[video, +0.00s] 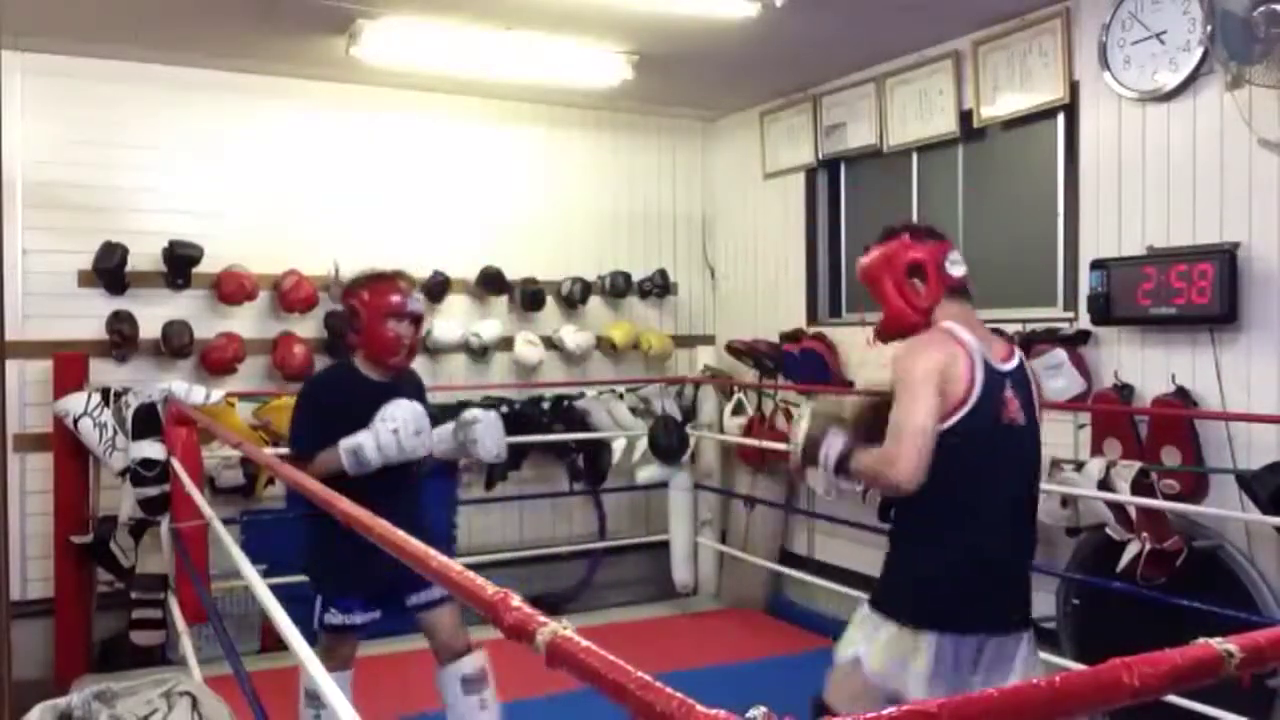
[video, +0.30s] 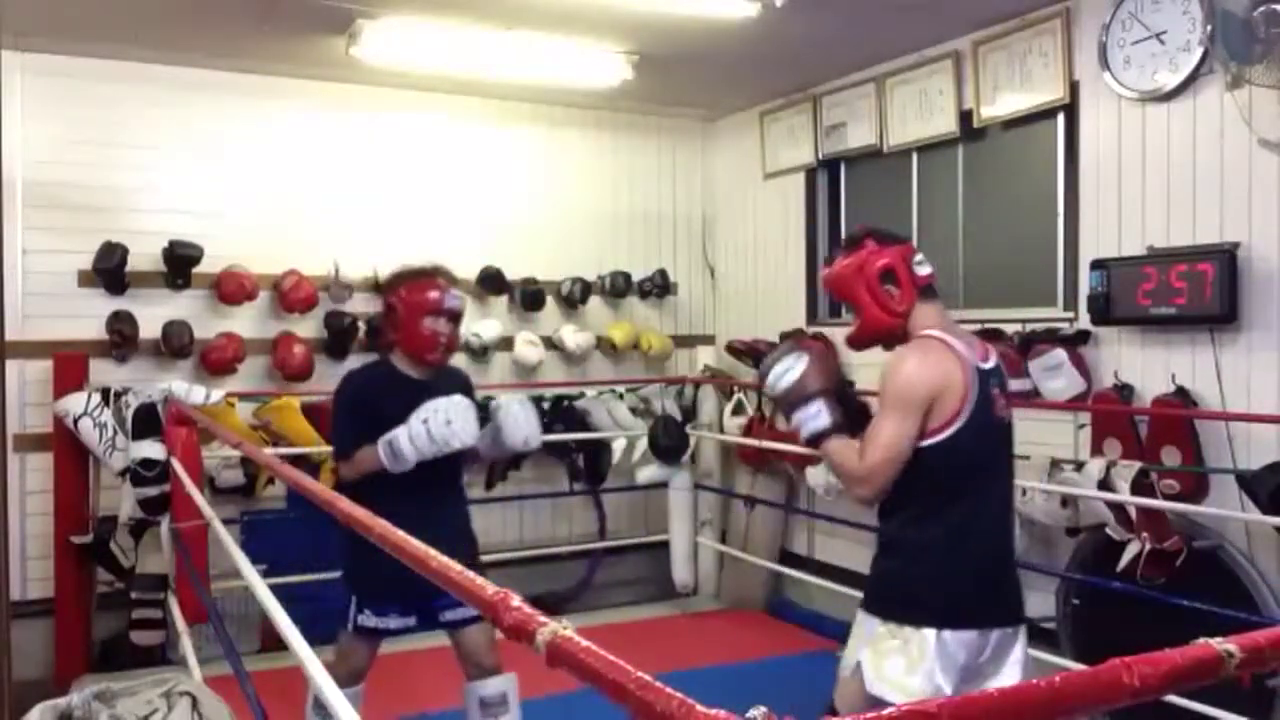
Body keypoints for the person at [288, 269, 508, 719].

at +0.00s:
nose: (406, 332)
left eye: (413, 322)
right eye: (394, 319)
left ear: (421, 326)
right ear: (361, 324)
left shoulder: (409, 383)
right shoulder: (323, 391)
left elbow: (405, 457)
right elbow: (299, 472)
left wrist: (452, 441)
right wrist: (368, 446)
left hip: (411, 543)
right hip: (344, 548)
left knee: (454, 644)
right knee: (336, 656)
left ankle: (473, 713)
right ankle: (321, 715)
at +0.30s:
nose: (444, 330)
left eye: (452, 319)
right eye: (432, 316)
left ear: (460, 326)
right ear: (399, 320)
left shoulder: (455, 382)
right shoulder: (360, 386)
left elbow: (466, 460)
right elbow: (346, 467)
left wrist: (497, 442)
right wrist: (407, 442)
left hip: (449, 548)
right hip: (379, 553)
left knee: (483, 661)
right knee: (350, 666)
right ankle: (319, 715)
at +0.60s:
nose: (437, 326)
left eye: (444, 315)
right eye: (425, 313)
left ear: (451, 317)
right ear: (392, 312)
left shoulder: (444, 371)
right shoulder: (356, 369)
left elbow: (458, 442)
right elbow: (347, 444)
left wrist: (486, 401)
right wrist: (407, 394)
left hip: (437, 537)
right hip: (368, 539)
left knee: (468, 647)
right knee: (335, 654)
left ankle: (489, 714)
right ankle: (304, 712)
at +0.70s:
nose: (422, 333)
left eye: (430, 322)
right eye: (411, 320)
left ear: (438, 324)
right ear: (377, 319)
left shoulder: (433, 373)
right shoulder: (343, 371)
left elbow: (448, 453)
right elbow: (343, 446)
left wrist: (472, 401)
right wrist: (395, 391)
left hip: (427, 540)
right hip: (355, 543)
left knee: (463, 660)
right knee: (323, 663)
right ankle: (302, 712)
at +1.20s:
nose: (428, 349)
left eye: (435, 338)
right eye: (417, 337)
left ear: (441, 343)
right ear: (386, 338)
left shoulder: (444, 395)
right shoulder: (351, 397)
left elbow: (475, 454)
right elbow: (360, 470)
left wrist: (493, 426)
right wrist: (412, 418)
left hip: (443, 558)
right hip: (377, 562)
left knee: (494, 665)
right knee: (340, 673)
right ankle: (310, 714)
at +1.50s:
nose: (464, 341)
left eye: (472, 329)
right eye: (452, 328)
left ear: (480, 331)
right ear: (416, 327)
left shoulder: (486, 379)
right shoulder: (378, 385)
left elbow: (545, 379)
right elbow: (359, 462)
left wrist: (590, 358)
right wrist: (390, 403)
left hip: (463, 553)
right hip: (389, 552)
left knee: (501, 669)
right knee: (335, 666)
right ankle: (306, 708)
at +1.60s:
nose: (457, 360)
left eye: (466, 348)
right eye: (446, 346)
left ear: (476, 352)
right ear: (413, 344)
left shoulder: (481, 402)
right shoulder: (372, 401)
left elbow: (526, 443)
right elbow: (344, 477)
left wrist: (544, 409)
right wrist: (375, 423)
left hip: (466, 563)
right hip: (392, 565)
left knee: (516, 670)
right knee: (338, 668)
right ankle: (304, 710)